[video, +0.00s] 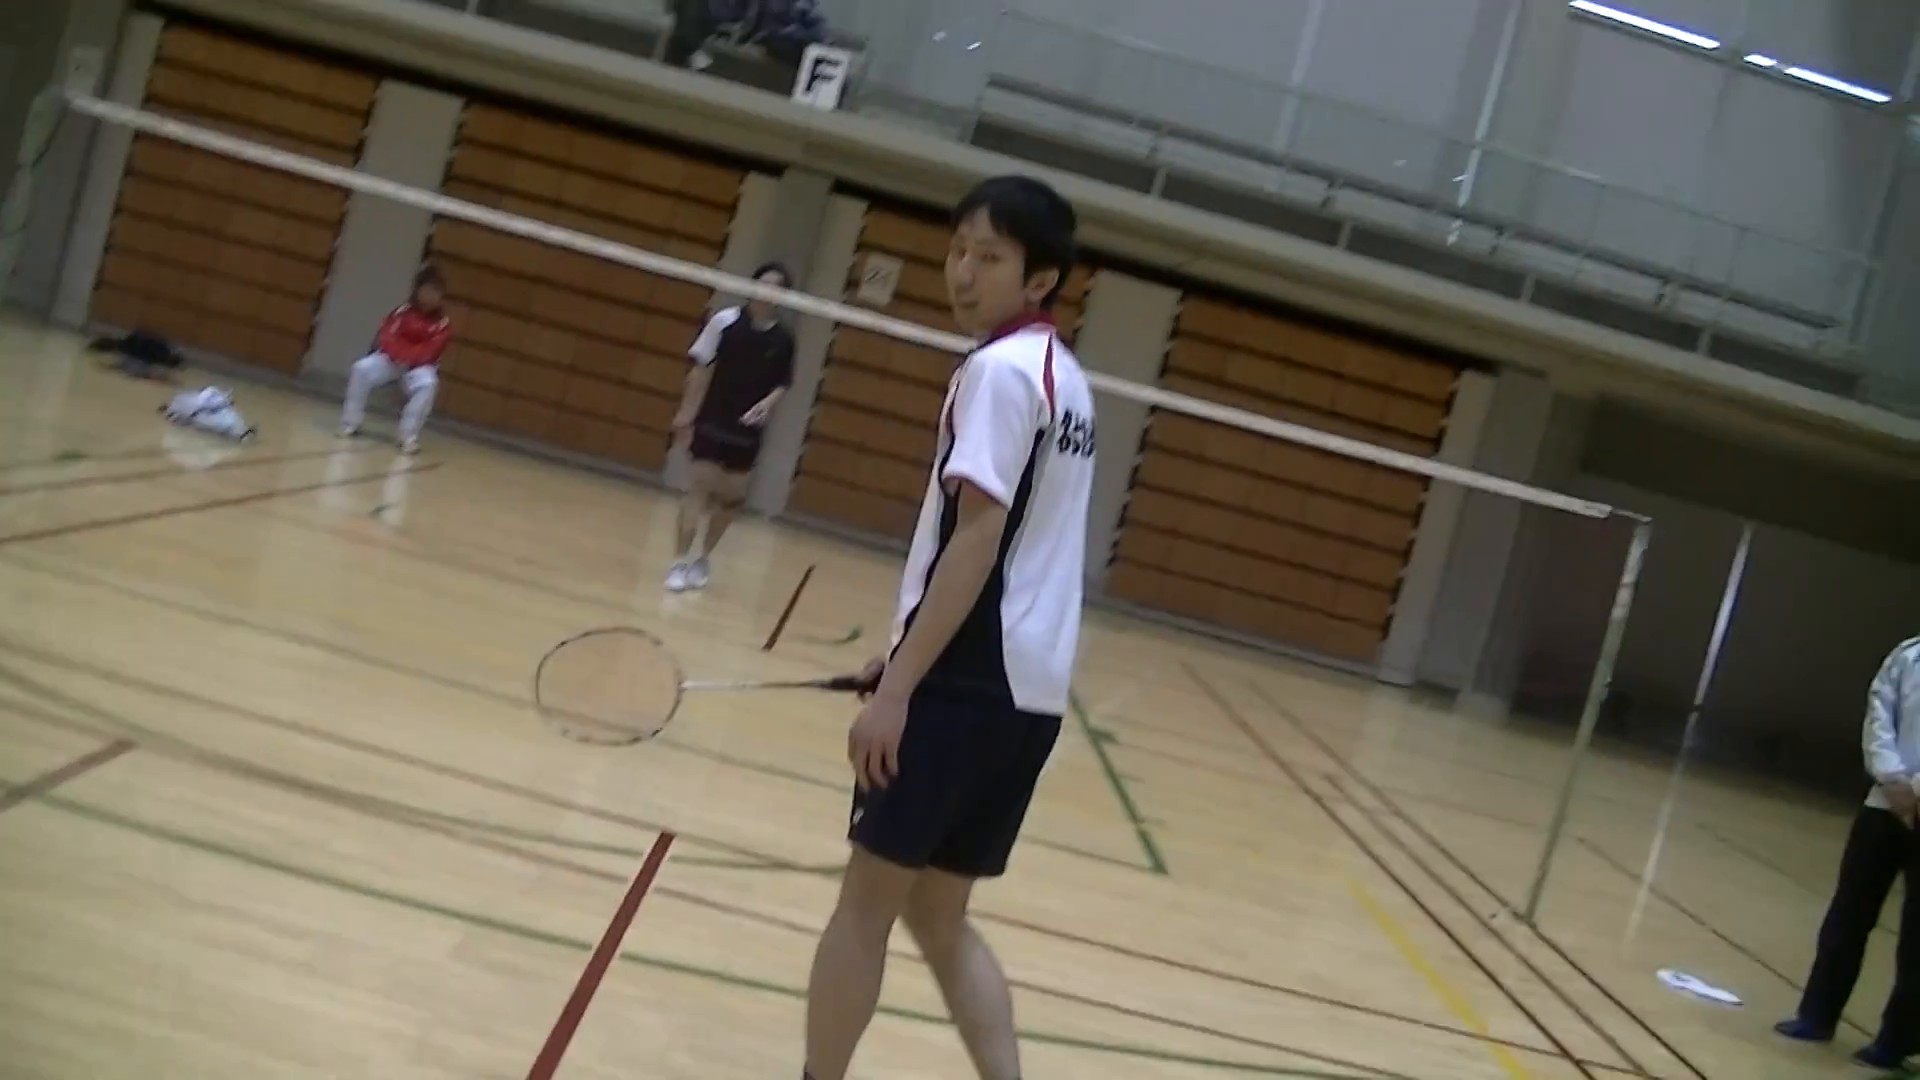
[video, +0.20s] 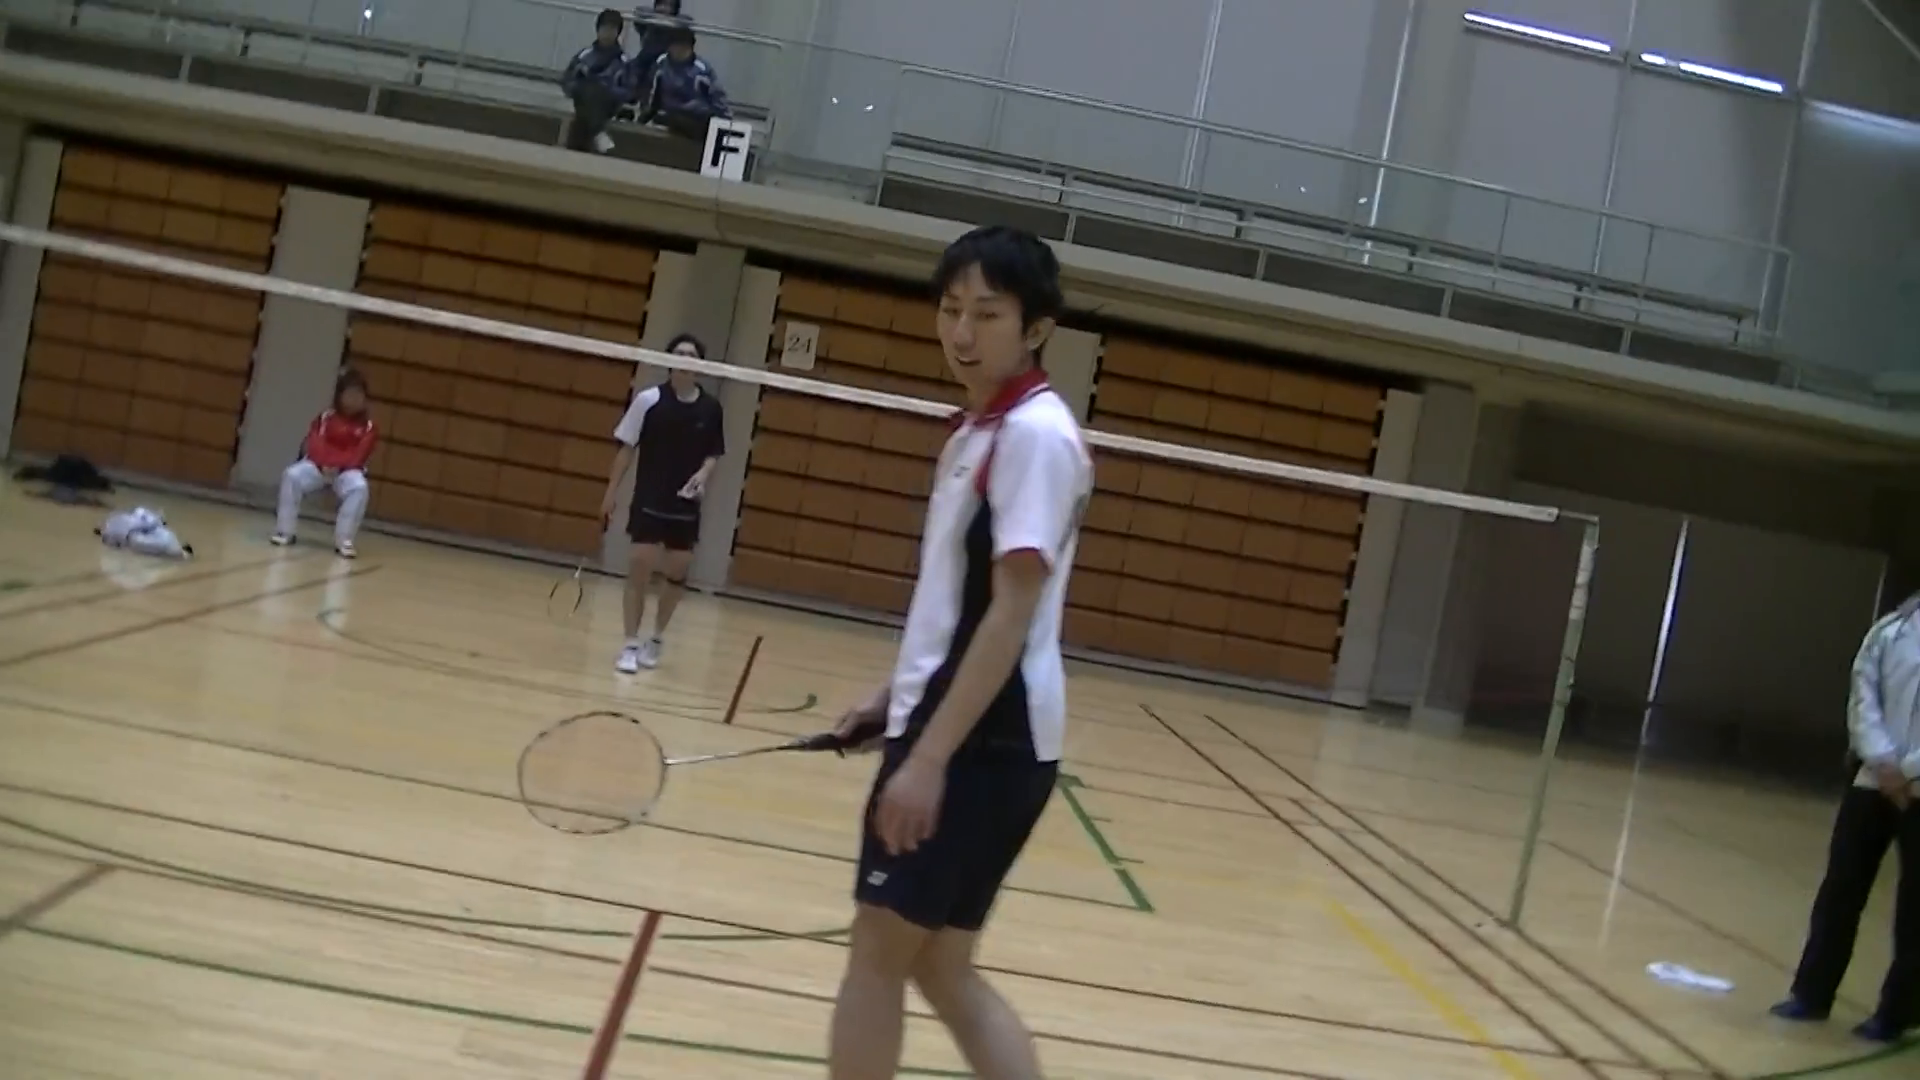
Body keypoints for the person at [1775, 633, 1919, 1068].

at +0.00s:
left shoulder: (1904, 659)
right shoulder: (1905, 658)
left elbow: (1879, 721)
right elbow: (1878, 720)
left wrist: (1905, 787)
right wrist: (1894, 780)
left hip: (1917, 820)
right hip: (1884, 811)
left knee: (1914, 942)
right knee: (1847, 919)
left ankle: (1896, 1042)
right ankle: (1817, 1018)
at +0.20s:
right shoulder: (1888, 631)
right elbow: (1862, 703)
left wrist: (1907, 771)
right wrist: (1883, 763)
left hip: (1917, 797)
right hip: (1871, 786)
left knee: (1913, 913)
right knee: (1839, 895)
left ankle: (1896, 1014)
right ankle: (1812, 996)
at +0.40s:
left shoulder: (1891, 544)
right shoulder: (1890, 543)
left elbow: (1868, 617)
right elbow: (1868, 617)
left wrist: (1903, 682)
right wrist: (1890, 675)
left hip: (1914, 703)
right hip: (1883, 698)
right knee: (1857, 809)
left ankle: (1913, 924)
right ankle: (1839, 912)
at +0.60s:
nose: (1908, 469)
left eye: (1916, 462)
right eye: (1903, 460)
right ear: (1890, 468)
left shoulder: (1918, 538)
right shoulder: (1853, 530)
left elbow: (1915, 624)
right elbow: (1830, 597)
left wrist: (1874, 667)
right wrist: (1846, 659)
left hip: (1903, 692)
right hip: (1846, 685)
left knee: (1900, 808)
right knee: (1829, 793)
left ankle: (1890, 911)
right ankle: (1818, 894)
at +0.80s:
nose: (1858, 443)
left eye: (1870, 436)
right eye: (1854, 433)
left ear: (1893, 449)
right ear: (1844, 440)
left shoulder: (1905, 515)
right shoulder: (1813, 499)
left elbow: (1892, 592)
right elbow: (1788, 564)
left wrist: (1830, 638)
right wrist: (1802, 629)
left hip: (1862, 662)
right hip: (1805, 656)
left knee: (1861, 776)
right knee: (1805, 767)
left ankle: (1855, 881)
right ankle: (1807, 865)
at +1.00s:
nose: (1822, 357)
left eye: (1834, 349)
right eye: (1816, 347)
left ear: (1854, 362)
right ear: (1805, 355)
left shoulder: (1871, 428)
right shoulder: (1782, 417)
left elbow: (1861, 504)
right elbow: (1761, 484)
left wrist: (1808, 551)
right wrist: (1778, 550)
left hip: (1839, 574)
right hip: (1785, 571)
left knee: (1841, 688)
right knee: (1793, 683)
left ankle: (1839, 795)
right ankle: (1797, 783)